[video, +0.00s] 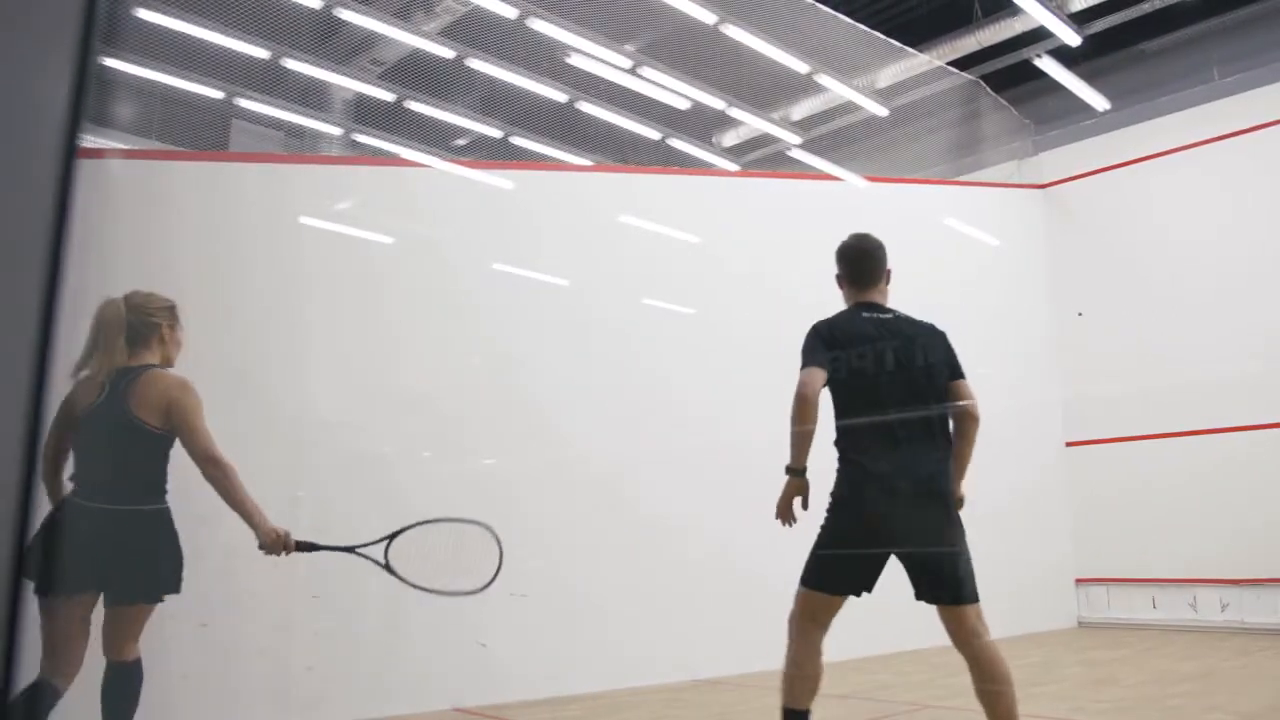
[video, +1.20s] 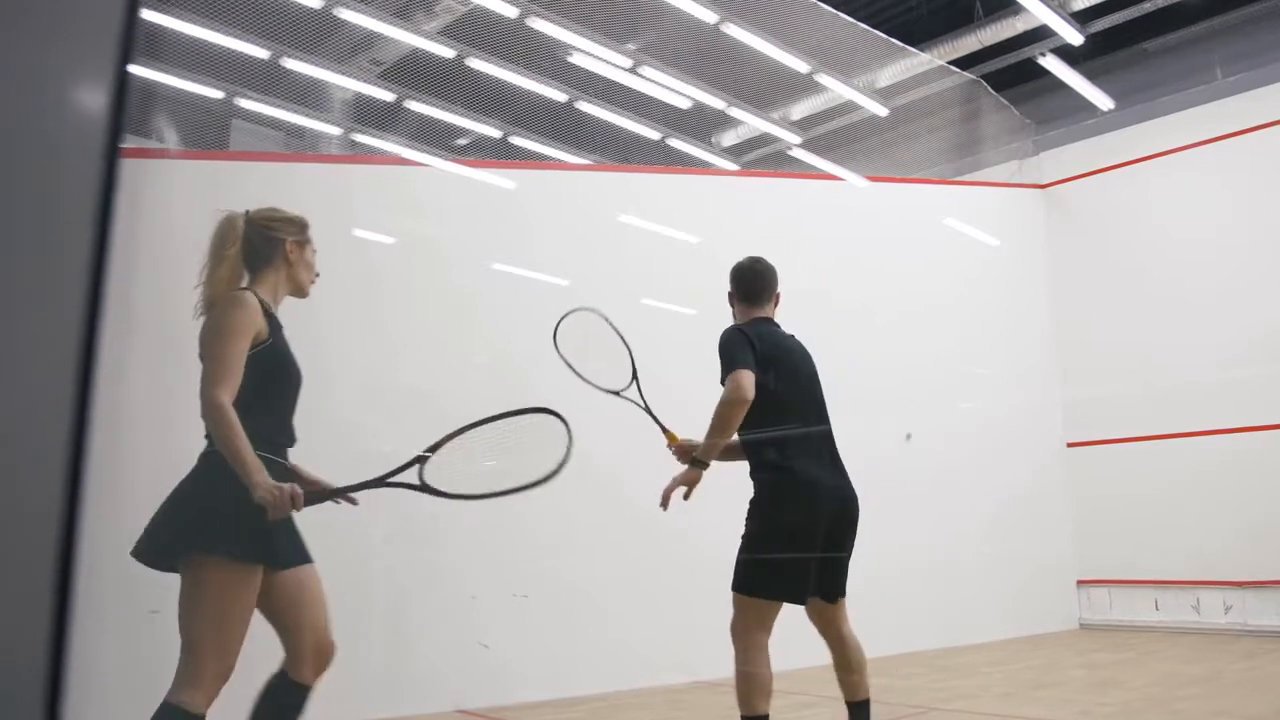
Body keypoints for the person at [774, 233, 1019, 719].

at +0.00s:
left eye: (839, 278)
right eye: (882, 274)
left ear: (838, 281)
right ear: (888, 278)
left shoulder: (827, 333)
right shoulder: (929, 335)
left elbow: (808, 392)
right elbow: (968, 412)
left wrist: (797, 470)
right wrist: (955, 480)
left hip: (861, 508)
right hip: (931, 507)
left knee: (807, 625)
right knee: (974, 637)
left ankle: (794, 717)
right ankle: (1006, 718)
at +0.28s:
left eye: (797, 293)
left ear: (798, 296)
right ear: (846, 293)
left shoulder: (790, 349)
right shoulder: (886, 349)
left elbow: (778, 421)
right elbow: (921, 428)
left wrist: (768, 498)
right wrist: (893, 484)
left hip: (828, 518)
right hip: (897, 516)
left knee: (771, 635)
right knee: (952, 639)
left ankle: (754, 718)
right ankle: (1000, 717)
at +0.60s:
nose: (758, 296)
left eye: (753, 291)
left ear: (754, 294)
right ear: (802, 291)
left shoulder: (752, 344)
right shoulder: (840, 347)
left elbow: (751, 423)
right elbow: (859, 435)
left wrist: (738, 496)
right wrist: (836, 485)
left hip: (797, 509)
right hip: (860, 508)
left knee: (752, 629)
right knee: (896, 624)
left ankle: (750, 719)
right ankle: (958, 716)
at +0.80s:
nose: (742, 299)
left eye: (741, 292)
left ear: (742, 293)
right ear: (788, 291)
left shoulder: (741, 339)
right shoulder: (819, 345)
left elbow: (743, 410)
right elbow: (826, 440)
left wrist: (724, 486)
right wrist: (762, 478)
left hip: (791, 501)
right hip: (848, 498)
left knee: (751, 629)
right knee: (865, 618)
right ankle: (929, 715)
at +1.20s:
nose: (737, 303)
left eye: (732, 297)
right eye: (778, 296)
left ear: (732, 298)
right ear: (778, 300)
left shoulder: (738, 335)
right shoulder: (794, 348)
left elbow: (740, 392)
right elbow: (773, 444)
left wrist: (699, 463)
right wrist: (699, 452)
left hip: (786, 499)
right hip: (837, 499)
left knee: (750, 630)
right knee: (829, 613)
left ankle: (755, 718)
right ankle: (861, 716)